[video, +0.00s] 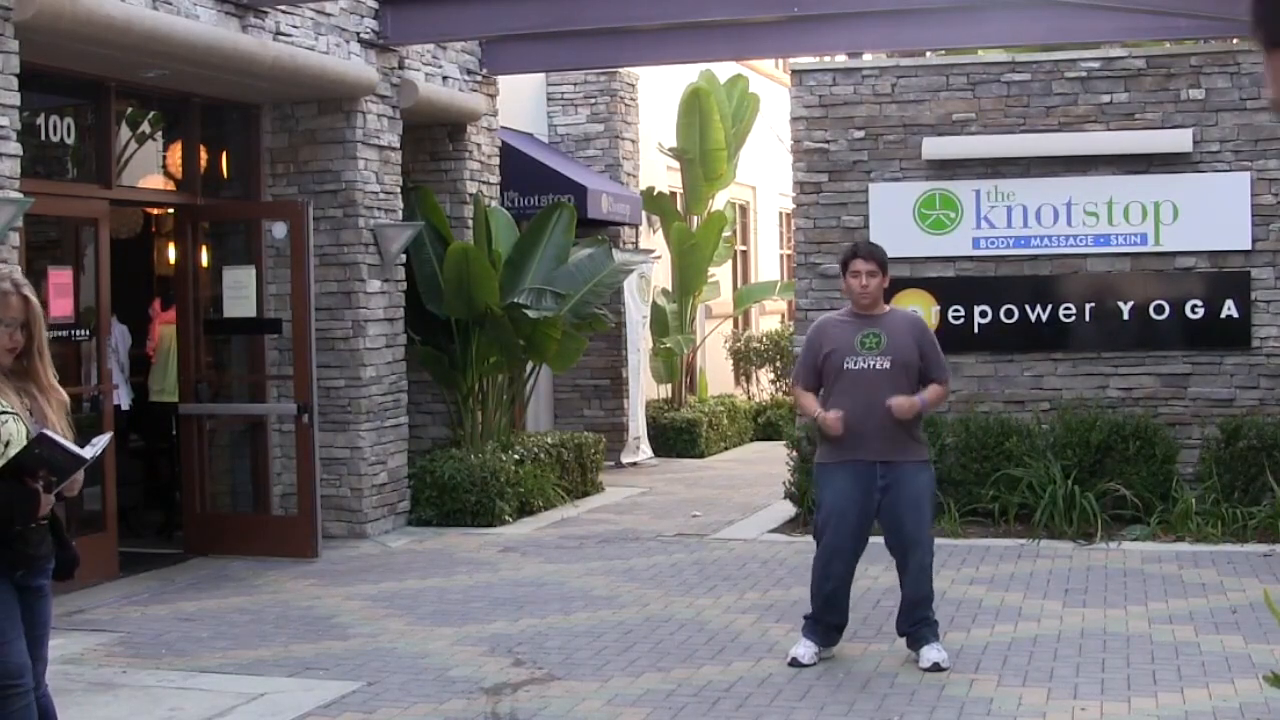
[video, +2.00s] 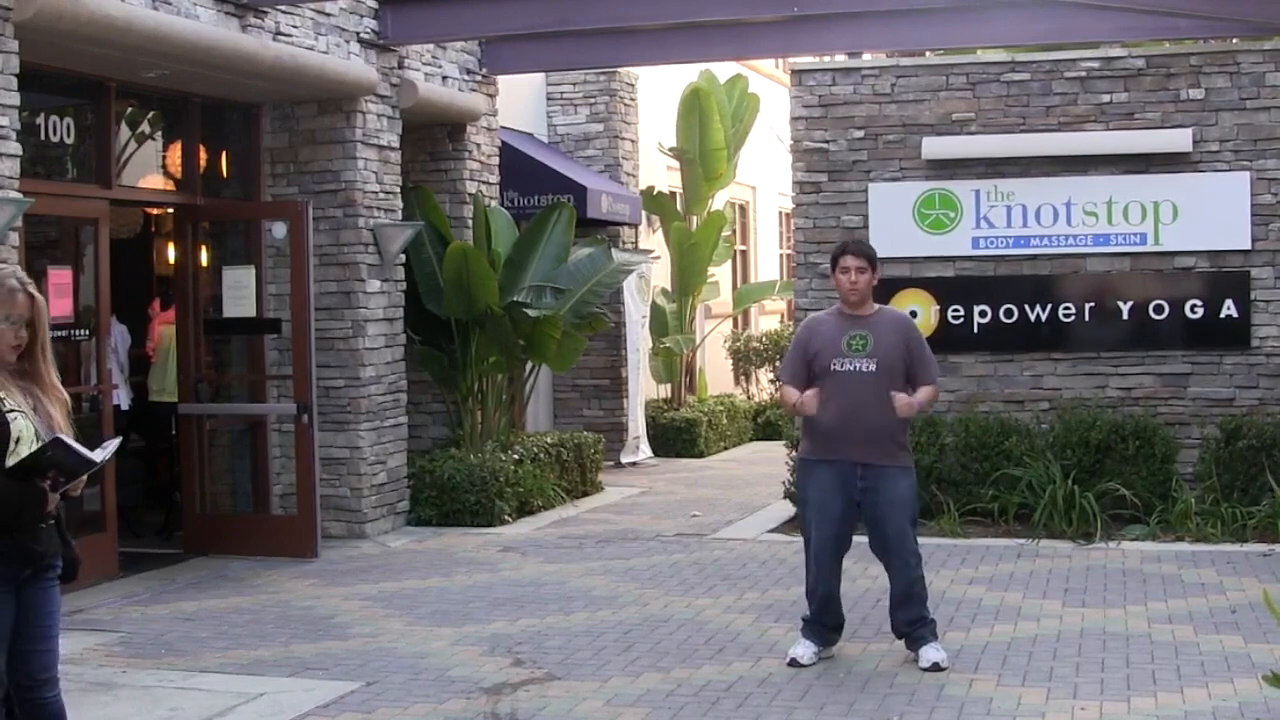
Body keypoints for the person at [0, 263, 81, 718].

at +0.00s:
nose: (12, 337)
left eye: (20, 326)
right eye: (4, 325)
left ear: (32, 329)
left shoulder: (46, 392)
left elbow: (66, 472)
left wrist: (70, 484)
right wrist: (30, 501)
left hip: (37, 553)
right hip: (3, 553)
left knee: (36, 682)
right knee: (17, 685)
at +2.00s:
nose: (18, 334)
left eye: (25, 324)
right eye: (8, 322)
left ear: (34, 328)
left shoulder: (43, 389)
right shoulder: (5, 389)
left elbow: (63, 464)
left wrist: (69, 482)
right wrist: (33, 493)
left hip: (41, 557)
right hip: (3, 556)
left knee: (39, 689)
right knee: (7, 690)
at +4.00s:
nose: (15, 337)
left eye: (23, 327)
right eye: (6, 325)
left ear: (33, 332)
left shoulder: (43, 394)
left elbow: (62, 467)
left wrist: (70, 487)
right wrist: (26, 500)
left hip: (36, 564)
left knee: (40, 695)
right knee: (10, 697)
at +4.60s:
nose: (18, 335)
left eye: (25, 325)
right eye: (8, 323)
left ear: (34, 331)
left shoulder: (41, 394)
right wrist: (26, 504)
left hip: (36, 562)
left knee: (40, 696)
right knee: (15, 698)